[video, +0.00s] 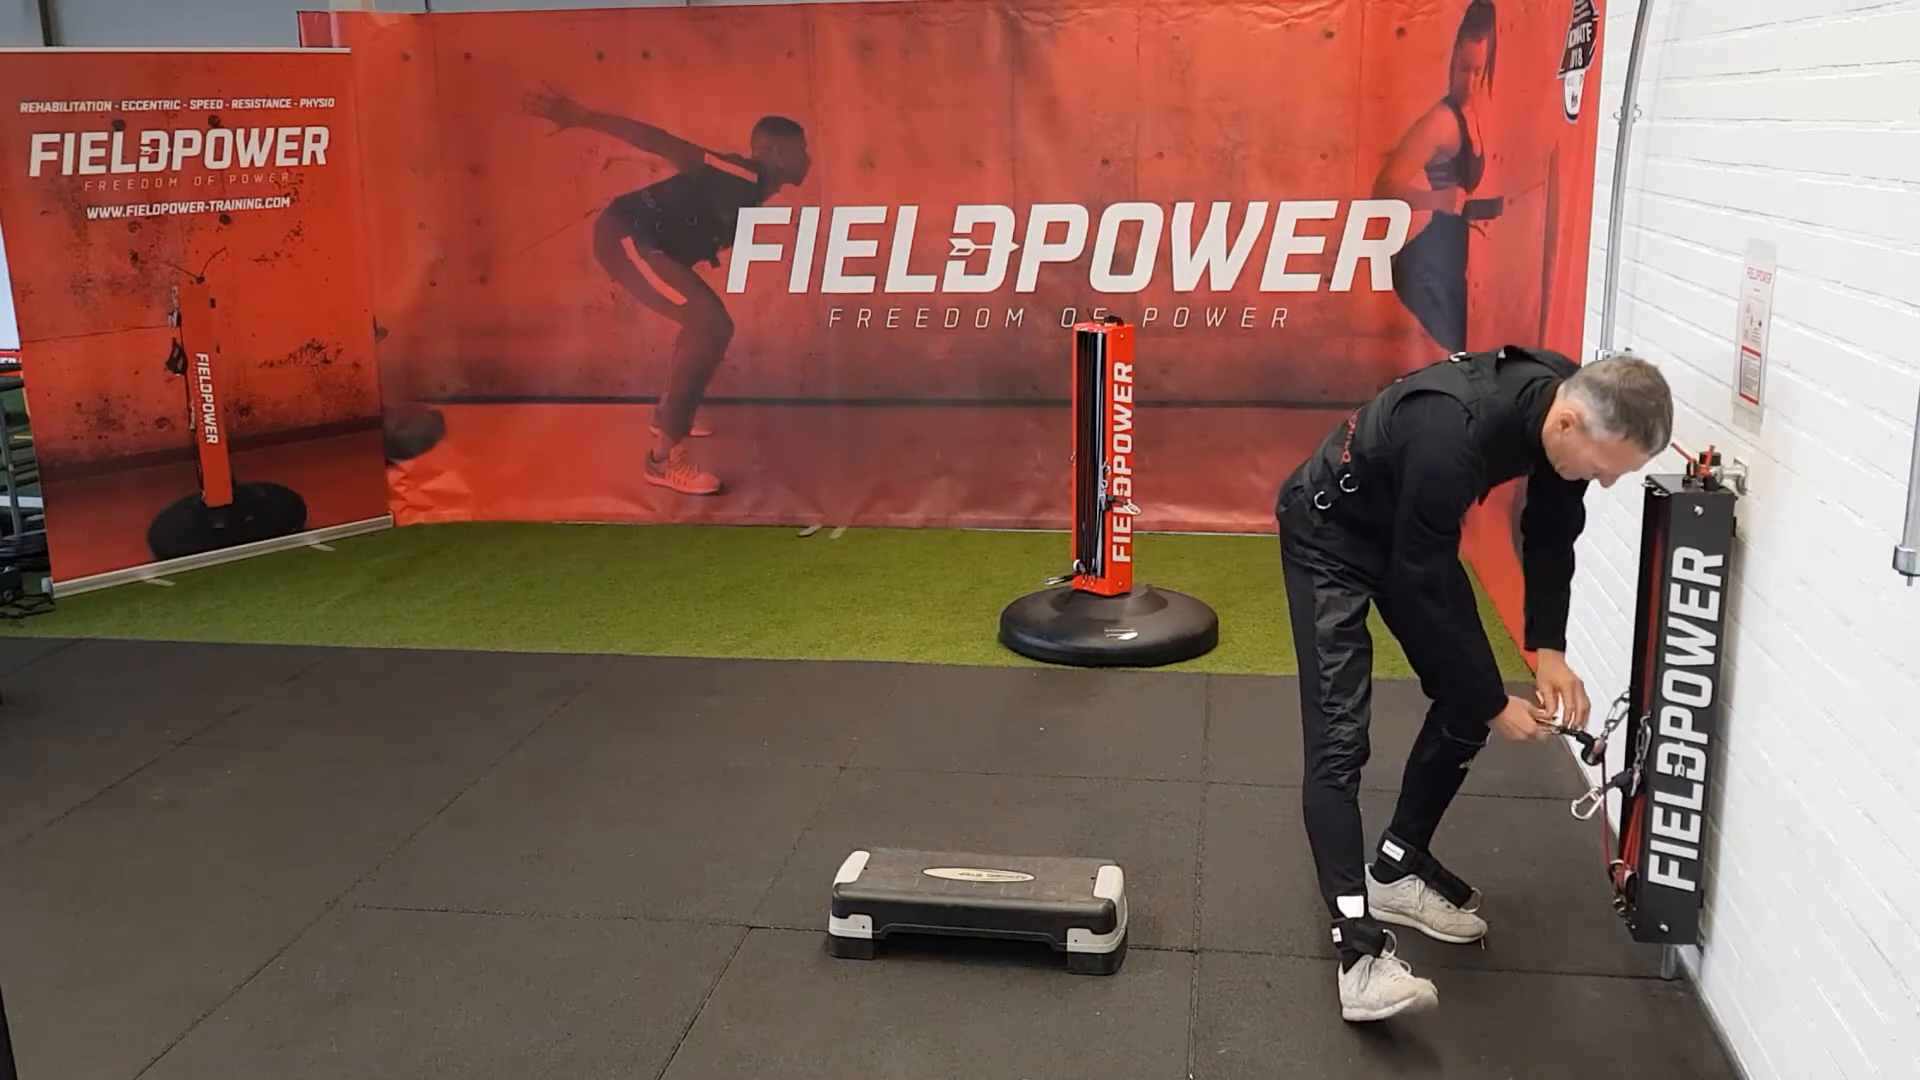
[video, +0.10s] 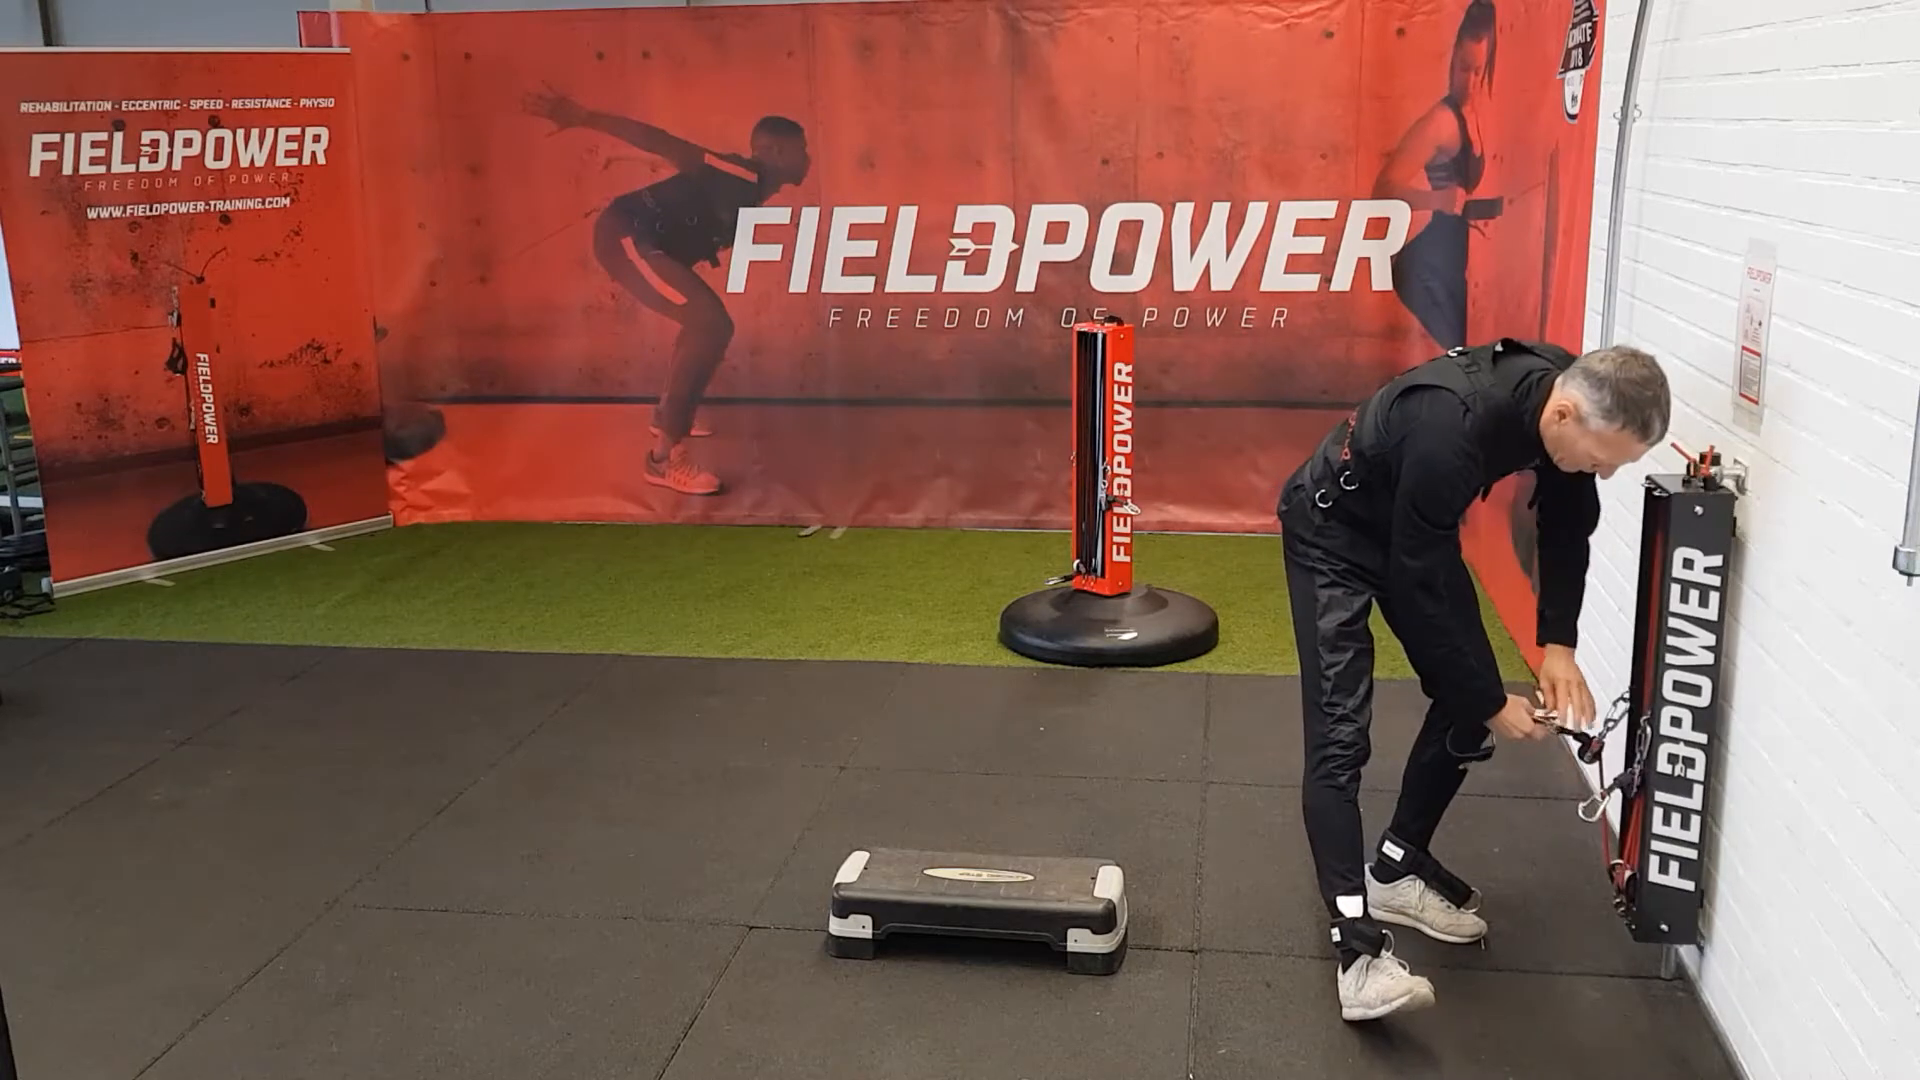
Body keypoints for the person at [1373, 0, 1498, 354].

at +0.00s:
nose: (1472, 81)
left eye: (1482, 71)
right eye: (1465, 69)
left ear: (1491, 73)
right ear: (1450, 66)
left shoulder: (1465, 119)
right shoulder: (1442, 120)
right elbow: (1386, 188)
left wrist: (1467, 211)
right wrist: (1440, 199)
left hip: (1445, 257)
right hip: (1424, 261)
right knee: (1450, 358)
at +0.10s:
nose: (1471, 81)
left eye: (1480, 72)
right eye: (1465, 69)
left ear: (1489, 72)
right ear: (1450, 66)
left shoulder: (1463, 118)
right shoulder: (1441, 121)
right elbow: (1386, 188)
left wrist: (1466, 211)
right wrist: (1440, 199)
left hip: (1445, 258)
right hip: (1424, 261)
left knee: (1454, 355)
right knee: (1450, 355)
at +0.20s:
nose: (1471, 81)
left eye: (1481, 72)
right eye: (1465, 69)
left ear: (1490, 72)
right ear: (1451, 66)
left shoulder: (1467, 117)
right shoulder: (1441, 121)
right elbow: (1386, 188)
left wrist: (1466, 210)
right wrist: (1440, 199)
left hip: (1446, 256)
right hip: (1425, 259)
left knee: (1454, 354)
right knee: (1450, 354)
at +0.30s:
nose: (1471, 81)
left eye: (1480, 72)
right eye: (1465, 69)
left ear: (1489, 72)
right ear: (1450, 66)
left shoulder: (1465, 118)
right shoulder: (1441, 121)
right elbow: (1386, 188)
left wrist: (1468, 210)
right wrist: (1439, 199)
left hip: (1446, 257)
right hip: (1425, 260)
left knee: (1454, 353)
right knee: (1450, 353)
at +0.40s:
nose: (1472, 81)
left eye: (1481, 72)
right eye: (1465, 69)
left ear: (1490, 72)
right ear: (1451, 66)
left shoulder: (1466, 118)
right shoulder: (1441, 121)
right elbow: (1386, 188)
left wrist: (1467, 211)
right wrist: (1440, 200)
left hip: (1446, 257)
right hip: (1424, 260)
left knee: (1454, 354)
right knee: (1451, 354)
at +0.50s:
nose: (1472, 81)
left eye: (1481, 71)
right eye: (1465, 69)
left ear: (1491, 72)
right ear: (1451, 66)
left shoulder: (1468, 118)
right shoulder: (1442, 120)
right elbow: (1386, 188)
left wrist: (1467, 210)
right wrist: (1440, 199)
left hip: (1446, 256)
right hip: (1425, 259)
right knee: (1452, 355)